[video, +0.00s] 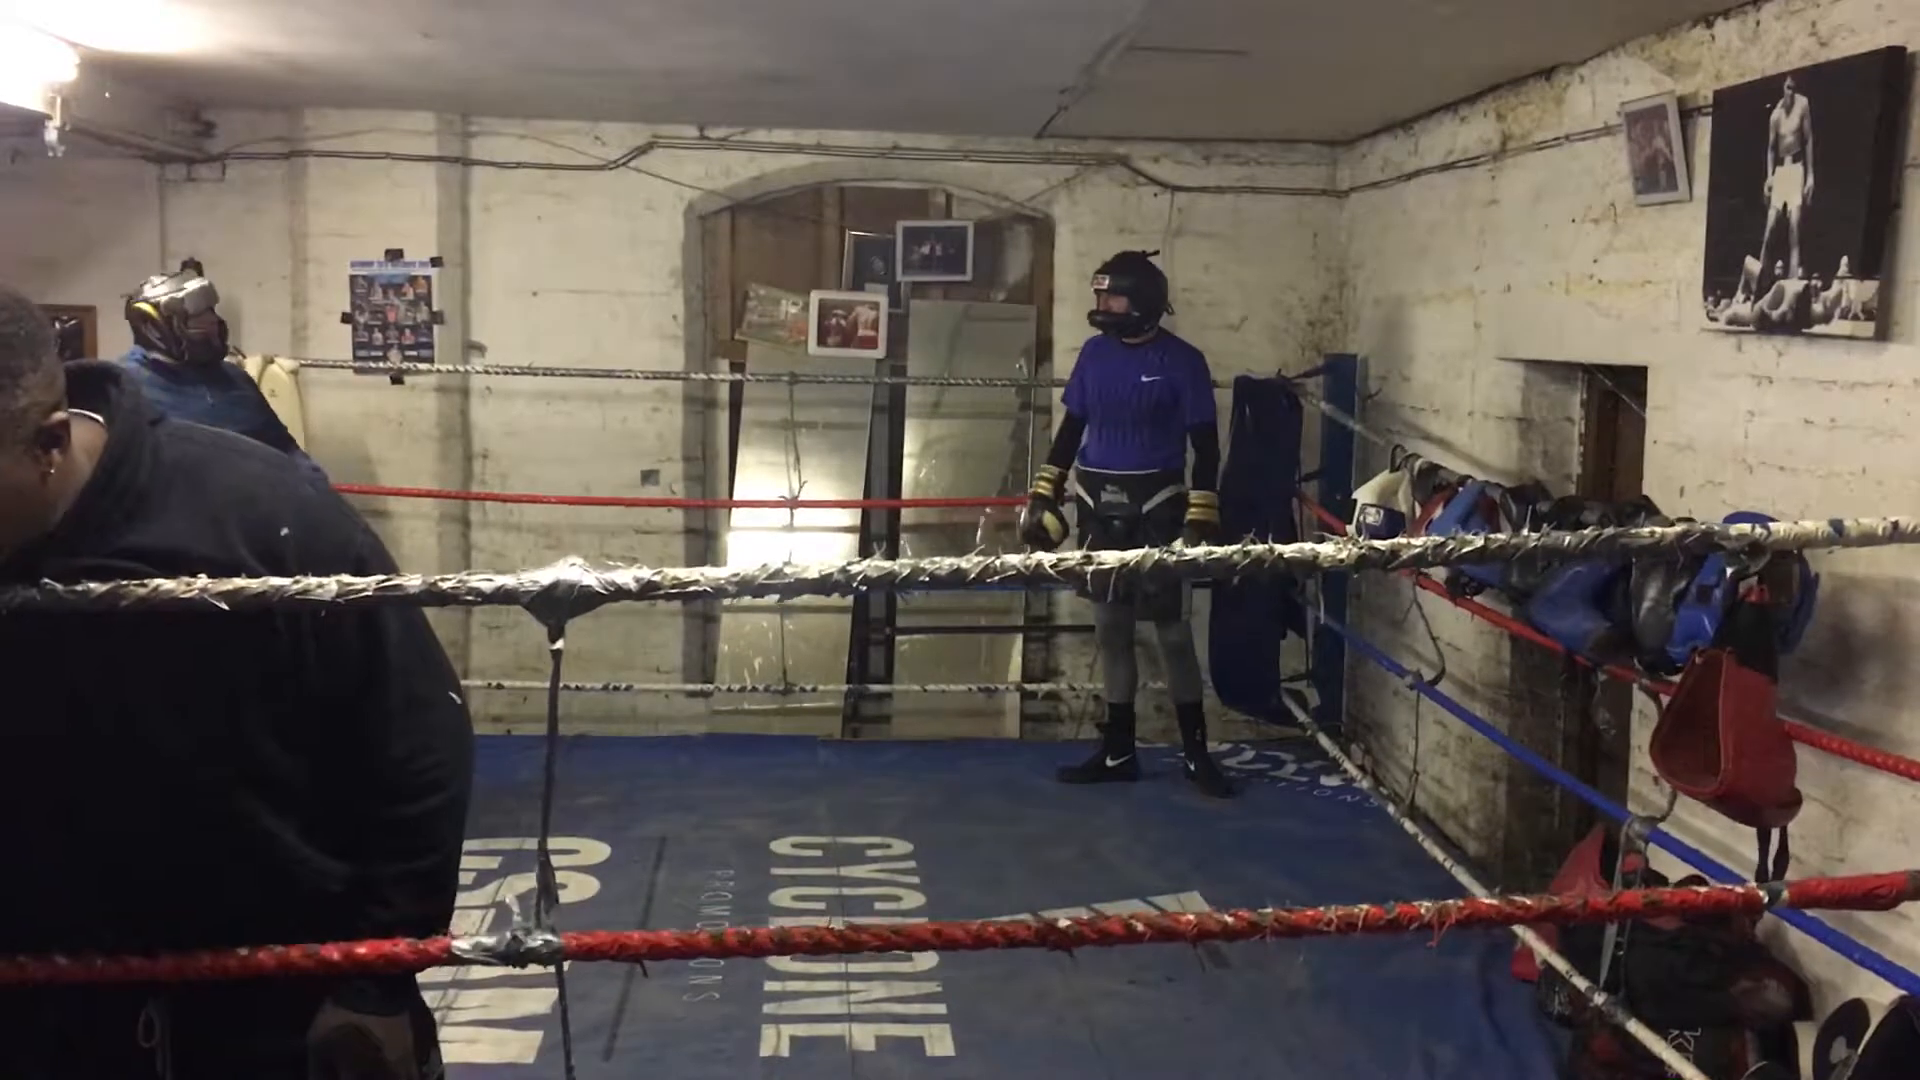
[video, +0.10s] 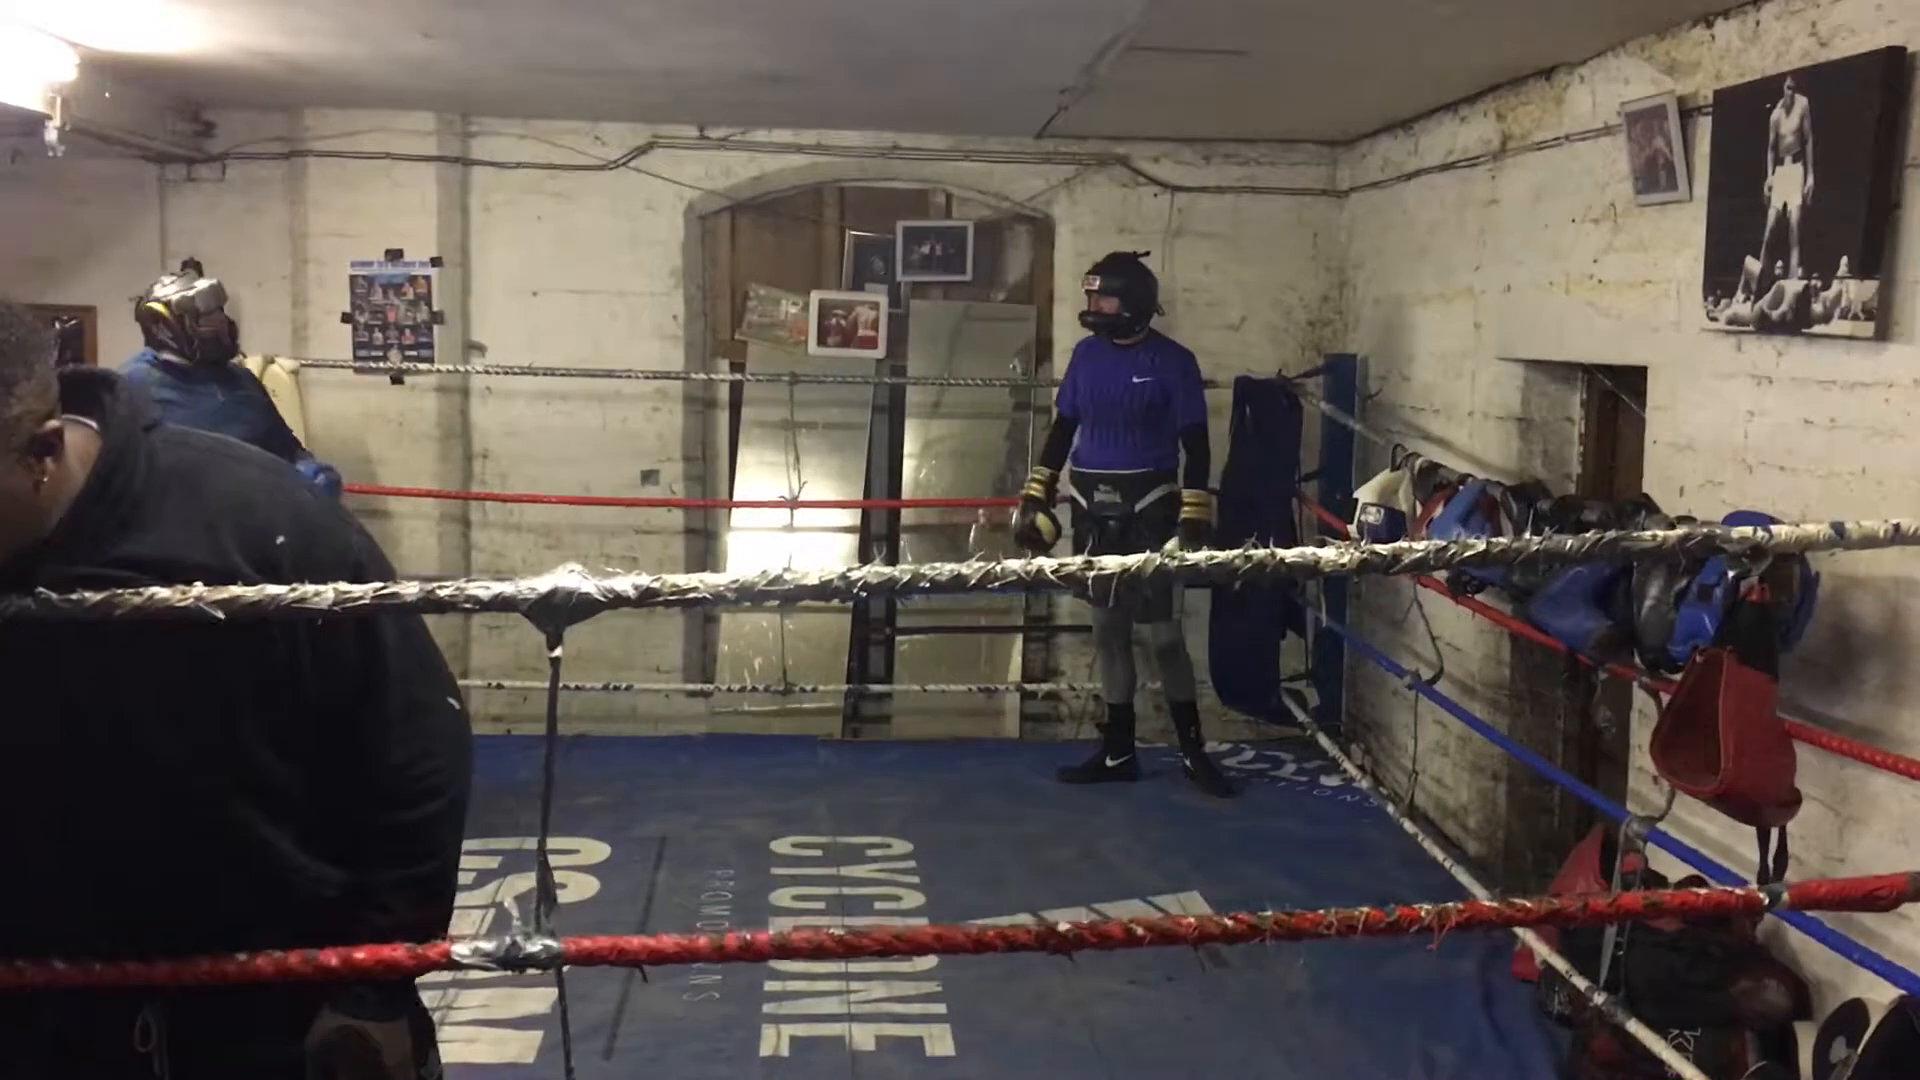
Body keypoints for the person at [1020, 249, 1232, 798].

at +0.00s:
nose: (1099, 301)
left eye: (1110, 293)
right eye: (1099, 292)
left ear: (1141, 299)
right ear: (1105, 298)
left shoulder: (1182, 360)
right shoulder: (1094, 353)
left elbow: (1205, 444)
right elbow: (1070, 428)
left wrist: (1201, 516)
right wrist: (1044, 494)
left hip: (1160, 508)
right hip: (1100, 506)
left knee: (1172, 634)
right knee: (1111, 632)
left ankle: (1197, 754)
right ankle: (1117, 752)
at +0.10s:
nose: (1093, 304)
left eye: (1105, 294)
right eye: (1091, 293)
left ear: (1134, 301)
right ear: (1093, 299)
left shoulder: (1173, 361)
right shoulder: (1085, 355)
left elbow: (1196, 445)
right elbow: (1062, 428)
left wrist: (1195, 519)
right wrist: (1036, 495)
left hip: (1153, 509)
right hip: (1094, 507)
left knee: (1163, 635)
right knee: (1108, 632)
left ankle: (1194, 754)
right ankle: (1117, 752)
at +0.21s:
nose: (1083, 305)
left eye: (1093, 296)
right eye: (1082, 295)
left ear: (1123, 301)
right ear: (1089, 301)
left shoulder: (1166, 360)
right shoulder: (1079, 357)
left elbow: (1191, 443)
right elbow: (1058, 431)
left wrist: (1190, 517)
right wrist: (1033, 498)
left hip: (1149, 507)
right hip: (1090, 507)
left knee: (1151, 635)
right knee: (1106, 632)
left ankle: (1183, 752)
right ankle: (1117, 751)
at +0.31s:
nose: (1075, 308)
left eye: (1086, 298)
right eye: (1073, 298)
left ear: (1116, 303)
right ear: (1074, 303)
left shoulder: (1158, 359)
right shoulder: (1072, 358)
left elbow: (1187, 442)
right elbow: (1054, 434)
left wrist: (1182, 517)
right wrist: (1033, 504)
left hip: (1143, 501)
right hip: (1086, 503)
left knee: (1131, 624)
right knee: (1101, 625)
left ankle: (1154, 759)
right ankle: (1116, 747)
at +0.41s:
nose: (1070, 310)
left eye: (1081, 300)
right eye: (1067, 299)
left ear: (1111, 305)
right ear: (1070, 304)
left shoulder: (1155, 361)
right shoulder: (1069, 358)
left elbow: (1182, 444)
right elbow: (1055, 433)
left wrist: (1180, 519)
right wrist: (1036, 503)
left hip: (1140, 503)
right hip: (1084, 505)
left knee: (1124, 629)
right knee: (1098, 628)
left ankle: (1127, 764)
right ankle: (1111, 747)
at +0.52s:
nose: (1067, 312)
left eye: (1078, 303)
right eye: (1064, 302)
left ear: (1109, 307)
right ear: (1065, 306)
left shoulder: (1152, 363)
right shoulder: (1068, 360)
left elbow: (1179, 448)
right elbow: (1055, 436)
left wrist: (1176, 526)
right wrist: (1038, 503)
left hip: (1134, 504)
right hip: (1080, 505)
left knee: (1116, 627)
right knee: (1101, 628)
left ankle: (1110, 754)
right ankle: (1118, 747)